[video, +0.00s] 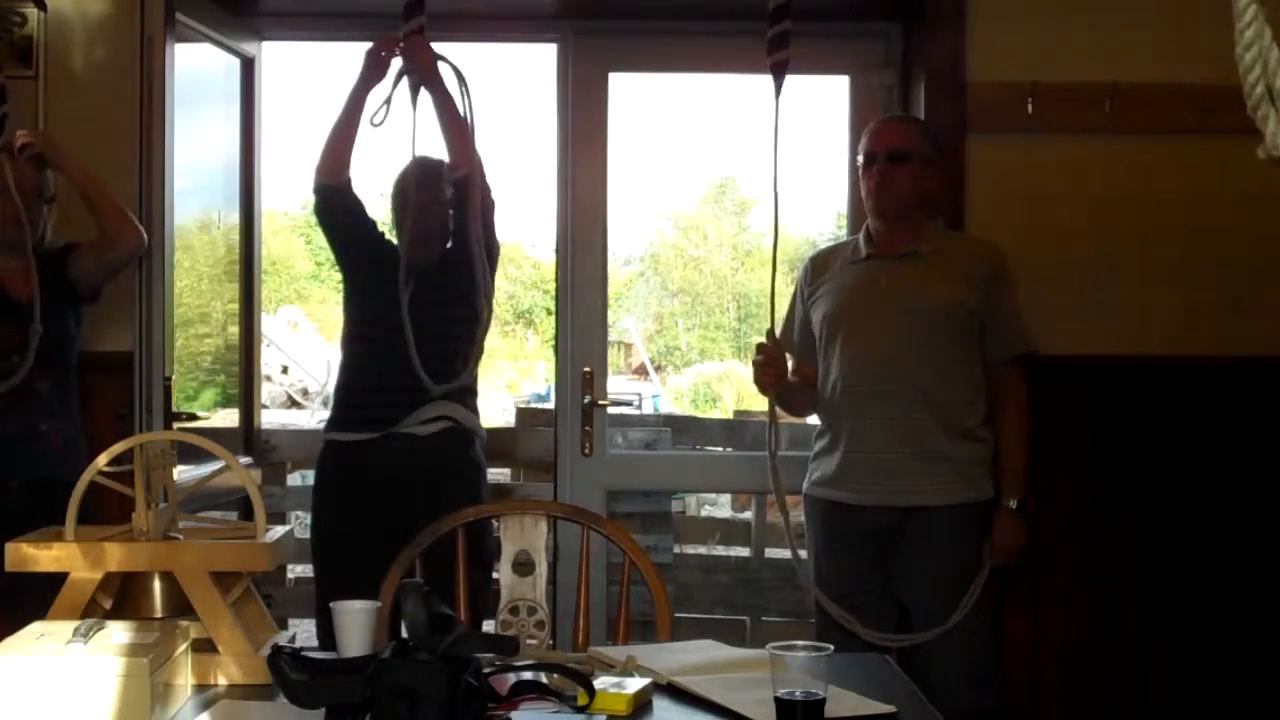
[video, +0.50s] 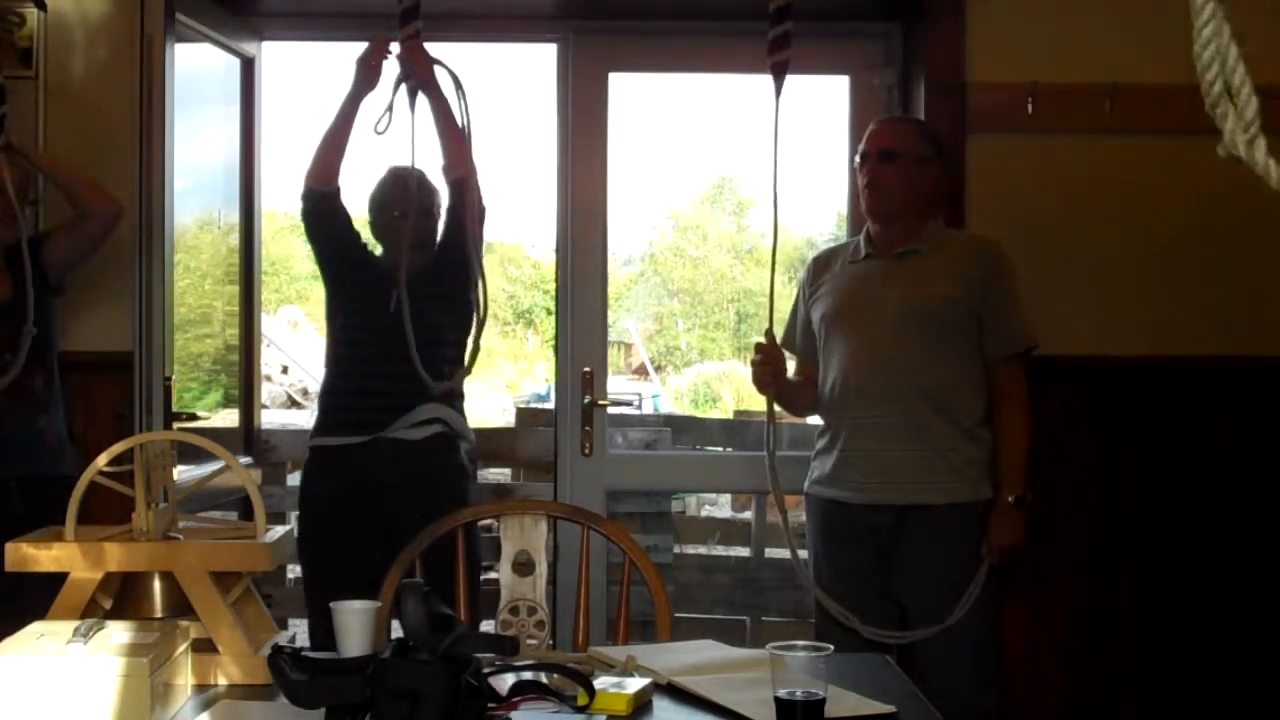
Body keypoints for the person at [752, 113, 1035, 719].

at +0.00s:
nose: (879, 171)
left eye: (898, 158)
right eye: (869, 160)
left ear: (933, 175)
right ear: (857, 177)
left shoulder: (977, 264)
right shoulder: (821, 269)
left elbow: (1009, 387)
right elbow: (810, 394)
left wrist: (1011, 502)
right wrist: (779, 386)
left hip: (948, 508)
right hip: (841, 507)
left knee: (951, 682)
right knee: (852, 679)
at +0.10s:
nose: (876, 171)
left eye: (895, 158)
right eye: (867, 160)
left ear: (932, 175)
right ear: (855, 176)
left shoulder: (977, 263)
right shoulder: (822, 269)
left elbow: (1009, 386)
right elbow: (810, 393)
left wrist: (1011, 502)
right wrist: (778, 386)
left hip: (949, 510)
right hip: (841, 508)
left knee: (951, 683)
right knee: (852, 680)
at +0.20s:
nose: (874, 171)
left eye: (893, 158)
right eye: (866, 160)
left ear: (932, 174)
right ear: (855, 175)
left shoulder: (977, 263)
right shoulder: (822, 269)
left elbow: (1010, 387)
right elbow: (811, 395)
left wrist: (1011, 502)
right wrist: (777, 386)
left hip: (949, 510)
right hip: (841, 508)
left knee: (951, 683)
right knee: (851, 680)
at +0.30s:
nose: (874, 170)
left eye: (893, 158)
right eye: (866, 160)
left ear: (931, 175)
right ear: (855, 175)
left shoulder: (978, 263)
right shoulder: (823, 269)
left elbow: (1010, 385)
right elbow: (811, 394)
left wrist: (1011, 501)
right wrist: (776, 386)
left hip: (949, 510)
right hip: (841, 509)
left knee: (950, 682)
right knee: (851, 679)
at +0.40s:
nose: (873, 172)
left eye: (893, 159)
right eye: (865, 160)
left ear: (932, 175)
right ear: (854, 175)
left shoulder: (978, 264)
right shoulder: (824, 269)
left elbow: (1010, 386)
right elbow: (812, 394)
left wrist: (1010, 501)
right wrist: (778, 386)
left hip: (948, 509)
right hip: (841, 508)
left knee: (950, 682)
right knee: (851, 679)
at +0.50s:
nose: (867, 169)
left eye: (887, 158)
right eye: (862, 159)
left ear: (930, 176)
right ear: (853, 174)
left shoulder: (976, 262)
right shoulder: (824, 269)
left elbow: (1010, 387)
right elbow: (813, 394)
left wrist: (1010, 500)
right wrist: (778, 386)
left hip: (947, 511)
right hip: (841, 508)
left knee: (950, 684)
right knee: (850, 680)